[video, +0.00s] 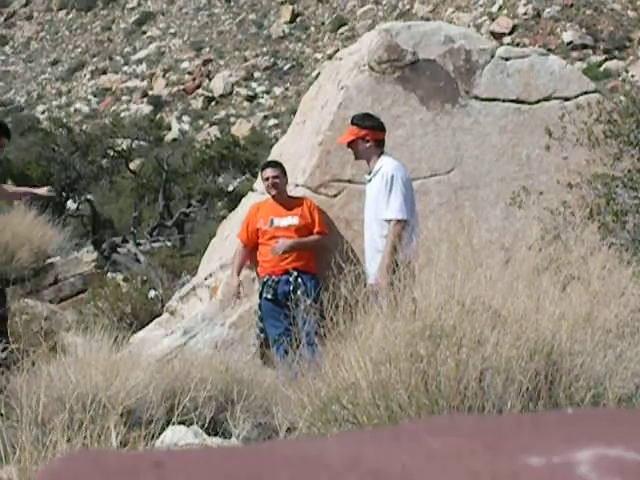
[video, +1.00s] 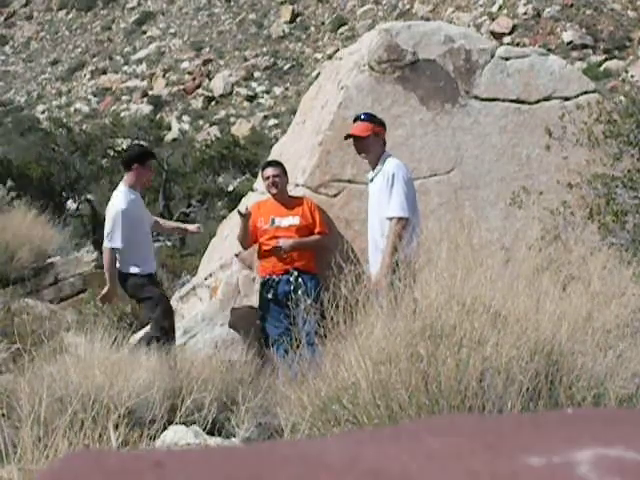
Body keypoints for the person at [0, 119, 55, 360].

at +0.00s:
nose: (4, 150)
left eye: (5, 145)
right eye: (4, 145)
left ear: (7, 143)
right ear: (3, 142)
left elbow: (6, 191)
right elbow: (5, 191)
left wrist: (34, 191)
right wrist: (35, 192)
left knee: (3, 296)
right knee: (2, 299)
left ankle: (5, 343)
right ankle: (4, 343)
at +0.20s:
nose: (33, 164)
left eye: (35, 159)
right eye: (31, 157)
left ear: (17, 152)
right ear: (17, 151)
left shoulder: (9, 184)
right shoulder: (5, 183)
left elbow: (34, 218)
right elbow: (34, 218)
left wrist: (68, 220)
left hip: (16, 266)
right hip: (8, 266)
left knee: (33, 327)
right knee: (32, 328)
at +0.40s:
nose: (46, 141)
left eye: (46, 135)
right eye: (41, 135)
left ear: (28, 137)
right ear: (25, 138)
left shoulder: (37, 172)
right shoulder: (21, 169)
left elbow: (72, 191)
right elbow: (6, 208)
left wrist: (110, 191)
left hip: (42, 251)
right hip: (38, 253)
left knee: (50, 307)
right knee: (80, 300)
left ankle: (55, 362)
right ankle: (32, 344)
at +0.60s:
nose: (77, 132)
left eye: (77, 126)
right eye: (72, 127)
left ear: (60, 127)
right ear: (56, 126)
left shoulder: (71, 152)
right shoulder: (44, 153)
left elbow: (102, 169)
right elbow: (18, 184)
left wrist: (132, 172)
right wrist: (30, 181)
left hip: (74, 231)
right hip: (68, 235)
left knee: (82, 291)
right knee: (96, 291)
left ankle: (68, 347)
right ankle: (105, 347)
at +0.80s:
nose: (121, 170)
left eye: (122, 165)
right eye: (119, 164)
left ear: (106, 162)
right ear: (106, 162)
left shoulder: (102, 187)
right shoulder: (86, 189)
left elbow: (126, 204)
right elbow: (65, 226)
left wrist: (157, 203)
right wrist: (66, 239)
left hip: (108, 263)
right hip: (98, 266)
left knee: (130, 308)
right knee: (130, 307)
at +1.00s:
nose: (152, 175)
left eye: (152, 170)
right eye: (149, 169)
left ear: (137, 169)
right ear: (135, 168)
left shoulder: (133, 198)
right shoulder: (120, 203)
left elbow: (154, 224)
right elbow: (109, 248)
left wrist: (185, 228)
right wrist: (111, 285)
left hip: (146, 273)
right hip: (134, 275)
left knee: (163, 320)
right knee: (164, 315)